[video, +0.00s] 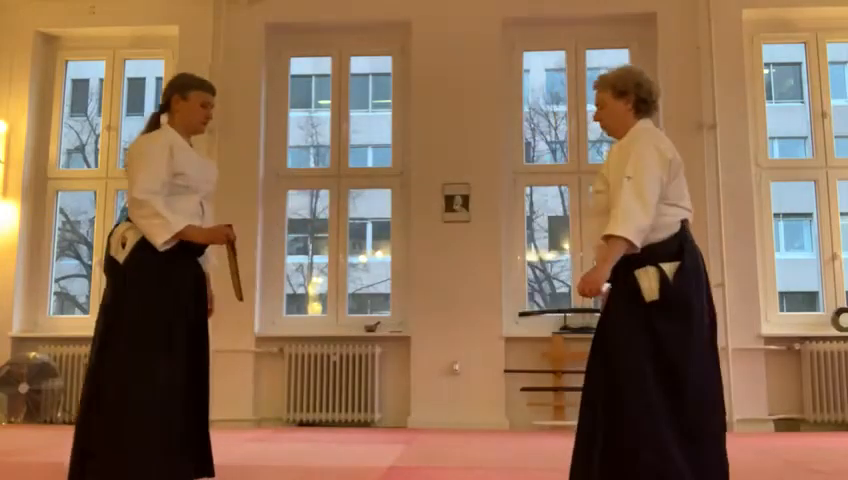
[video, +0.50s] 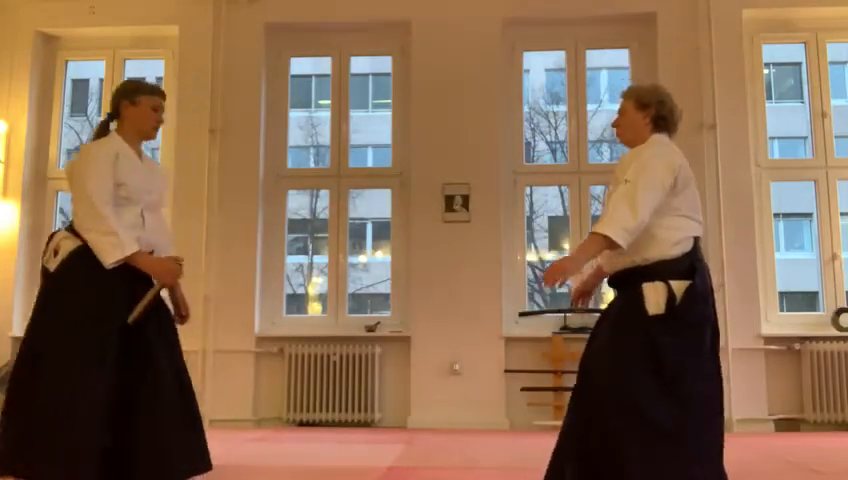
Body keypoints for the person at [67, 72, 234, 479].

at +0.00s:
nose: (208, 115)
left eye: (210, 109)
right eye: (203, 106)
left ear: (190, 109)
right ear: (176, 102)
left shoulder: (188, 153)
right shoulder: (153, 142)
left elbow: (188, 221)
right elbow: (140, 204)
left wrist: (203, 281)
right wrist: (194, 234)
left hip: (180, 266)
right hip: (150, 265)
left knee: (177, 368)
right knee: (147, 368)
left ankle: (170, 465)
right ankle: (139, 465)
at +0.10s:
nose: (203, 115)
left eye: (205, 108)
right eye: (197, 106)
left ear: (190, 110)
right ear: (170, 103)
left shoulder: (187, 156)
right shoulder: (148, 143)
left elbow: (190, 222)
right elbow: (137, 205)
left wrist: (204, 280)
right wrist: (193, 235)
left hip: (177, 266)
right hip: (145, 264)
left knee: (172, 365)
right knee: (139, 364)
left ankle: (163, 462)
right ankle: (129, 462)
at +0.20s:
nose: (196, 114)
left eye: (198, 108)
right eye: (190, 105)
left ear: (183, 110)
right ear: (162, 103)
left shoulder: (176, 154)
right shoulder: (141, 144)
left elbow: (180, 219)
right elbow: (134, 208)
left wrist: (200, 275)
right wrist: (193, 238)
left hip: (168, 264)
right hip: (136, 263)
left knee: (165, 366)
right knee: (129, 365)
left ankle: (159, 464)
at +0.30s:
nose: (188, 114)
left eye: (190, 108)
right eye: (181, 106)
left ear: (169, 110)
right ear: (153, 104)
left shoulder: (168, 154)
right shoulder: (131, 146)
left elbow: (171, 220)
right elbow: (125, 210)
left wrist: (195, 276)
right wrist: (185, 244)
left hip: (161, 267)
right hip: (126, 265)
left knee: (158, 371)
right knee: (109, 367)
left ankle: (153, 465)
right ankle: (30, 460)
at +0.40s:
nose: (175, 117)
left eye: (177, 110)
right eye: (168, 108)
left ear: (163, 114)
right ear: (140, 107)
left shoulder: (163, 163)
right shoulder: (115, 150)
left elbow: (168, 225)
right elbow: (111, 216)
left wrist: (187, 280)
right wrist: (167, 254)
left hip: (150, 271)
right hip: (110, 269)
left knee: (151, 374)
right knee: (106, 371)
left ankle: (146, 466)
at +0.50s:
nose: (160, 118)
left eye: (162, 111)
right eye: (154, 109)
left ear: (145, 115)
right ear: (127, 108)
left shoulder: (151, 168)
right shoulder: (95, 154)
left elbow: (156, 228)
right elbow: (91, 219)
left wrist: (174, 287)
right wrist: (145, 262)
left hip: (138, 280)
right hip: (93, 277)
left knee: (144, 382)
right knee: (87, 382)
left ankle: (139, 468)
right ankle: (81, 468)